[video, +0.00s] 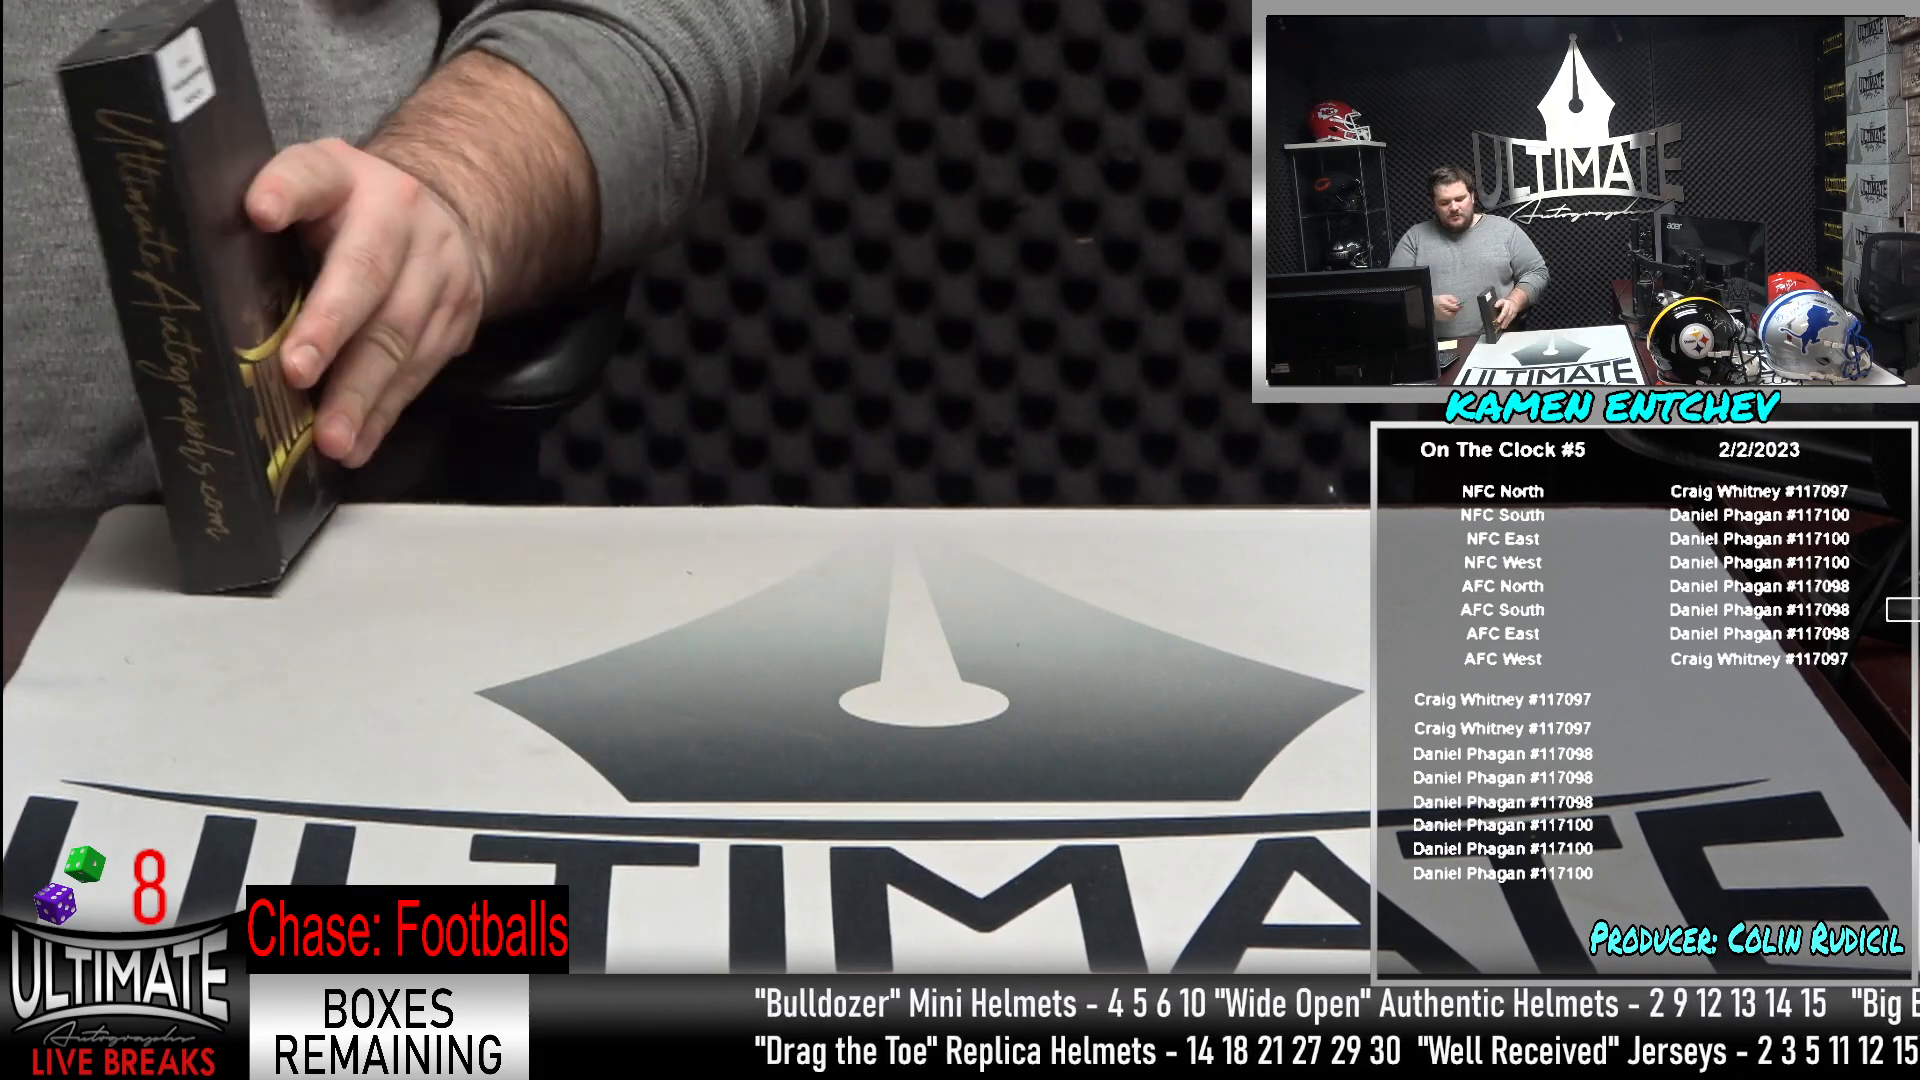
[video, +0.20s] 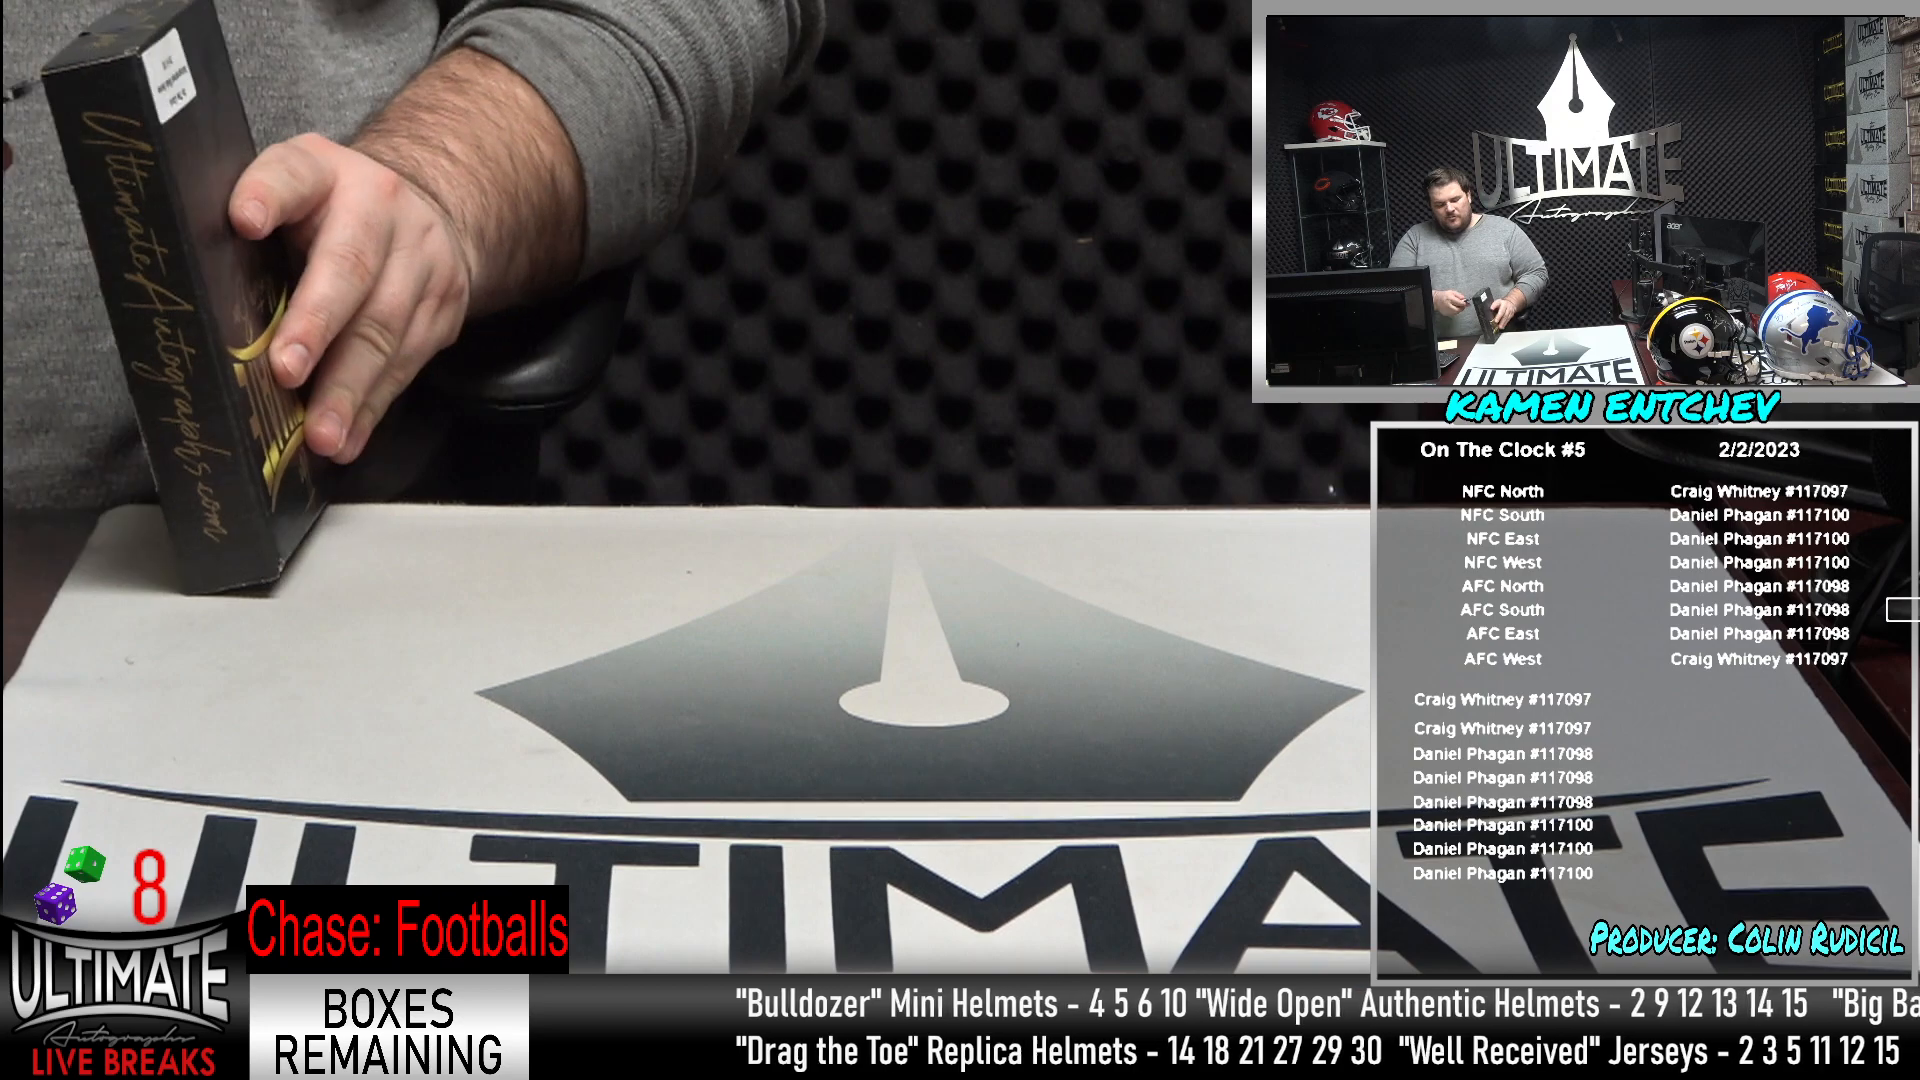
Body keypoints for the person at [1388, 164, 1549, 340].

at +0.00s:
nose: (1454, 208)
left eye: (1460, 199)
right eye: (1445, 202)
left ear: (1472, 197)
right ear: (1433, 204)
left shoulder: (1505, 231)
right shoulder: (1416, 238)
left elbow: (1536, 272)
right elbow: (1393, 290)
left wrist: (1515, 302)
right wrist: (1428, 304)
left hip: (1498, 347)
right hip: (1437, 352)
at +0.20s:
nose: (1450, 209)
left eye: (1455, 199)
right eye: (1440, 204)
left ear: (1469, 195)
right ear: (1431, 207)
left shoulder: (1505, 230)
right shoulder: (1416, 238)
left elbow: (1536, 273)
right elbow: (1395, 288)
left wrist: (1512, 302)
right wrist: (1434, 299)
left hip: (1501, 347)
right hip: (1439, 352)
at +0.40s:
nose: (1449, 210)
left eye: (1454, 200)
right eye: (1439, 206)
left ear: (1468, 196)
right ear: (1430, 208)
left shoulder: (1504, 230)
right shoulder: (1415, 238)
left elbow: (1535, 273)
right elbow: (1395, 287)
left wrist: (1512, 301)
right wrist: (1434, 298)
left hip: (1501, 348)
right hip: (1439, 352)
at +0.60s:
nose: (1447, 210)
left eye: (1452, 201)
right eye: (1438, 206)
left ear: (1467, 196)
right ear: (1429, 208)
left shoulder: (1504, 230)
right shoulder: (1415, 239)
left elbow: (1535, 273)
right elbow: (1395, 287)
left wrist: (1508, 302)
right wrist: (1434, 298)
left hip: (1499, 346)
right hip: (1438, 351)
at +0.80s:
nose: (1447, 210)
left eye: (1452, 200)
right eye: (1438, 206)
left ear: (1466, 196)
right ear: (1429, 208)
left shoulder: (1503, 230)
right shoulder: (1415, 239)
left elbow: (1534, 272)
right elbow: (1393, 287)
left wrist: (1510, 300)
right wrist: (1433, 296)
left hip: (1501, 347)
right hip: (1438, 353)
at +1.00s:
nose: (1449, 209)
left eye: (1454, 199)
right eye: (1439, 204)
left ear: (1468, 196)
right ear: (1430, 207)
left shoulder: (1503, 231)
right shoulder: (1415, 239)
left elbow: (1535, 272)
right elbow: (1392, 290)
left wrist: (1515, 297)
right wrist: (1425, 305)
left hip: (1499, 348)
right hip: (1437, 353)